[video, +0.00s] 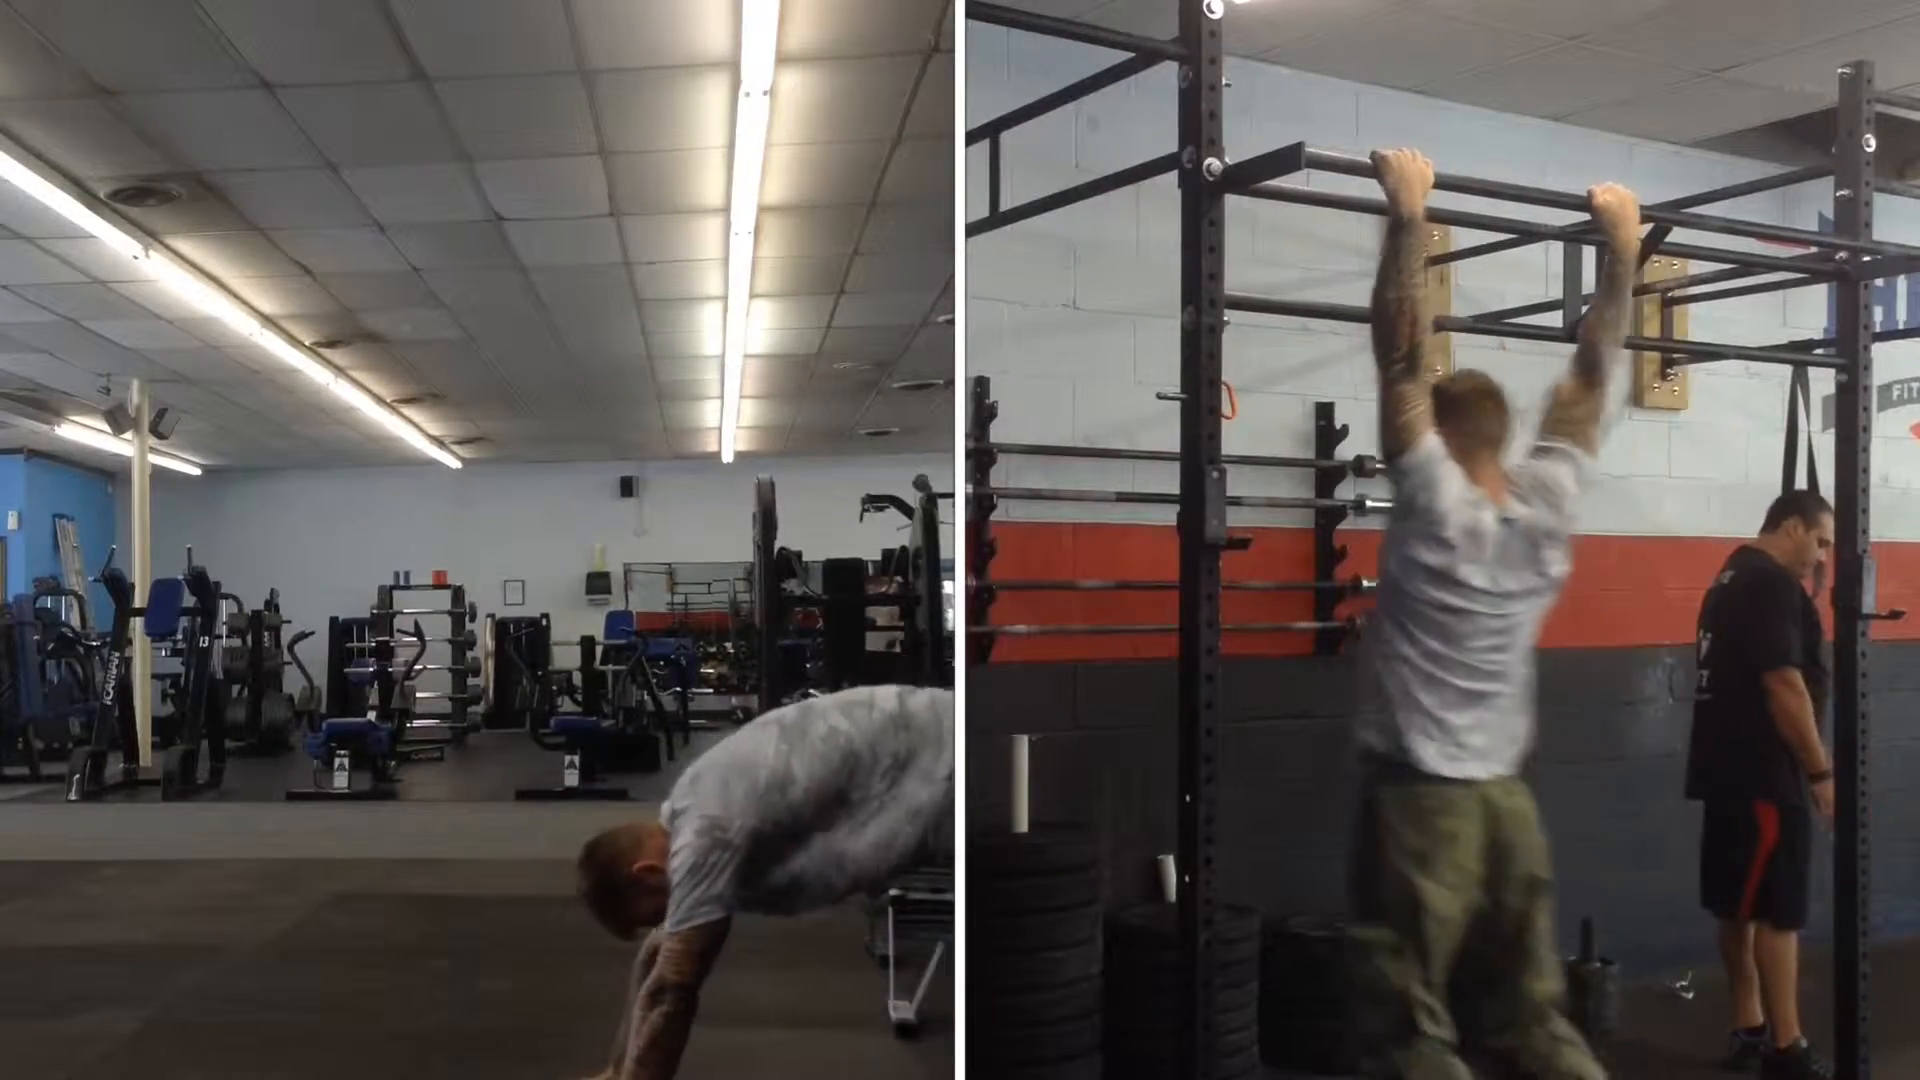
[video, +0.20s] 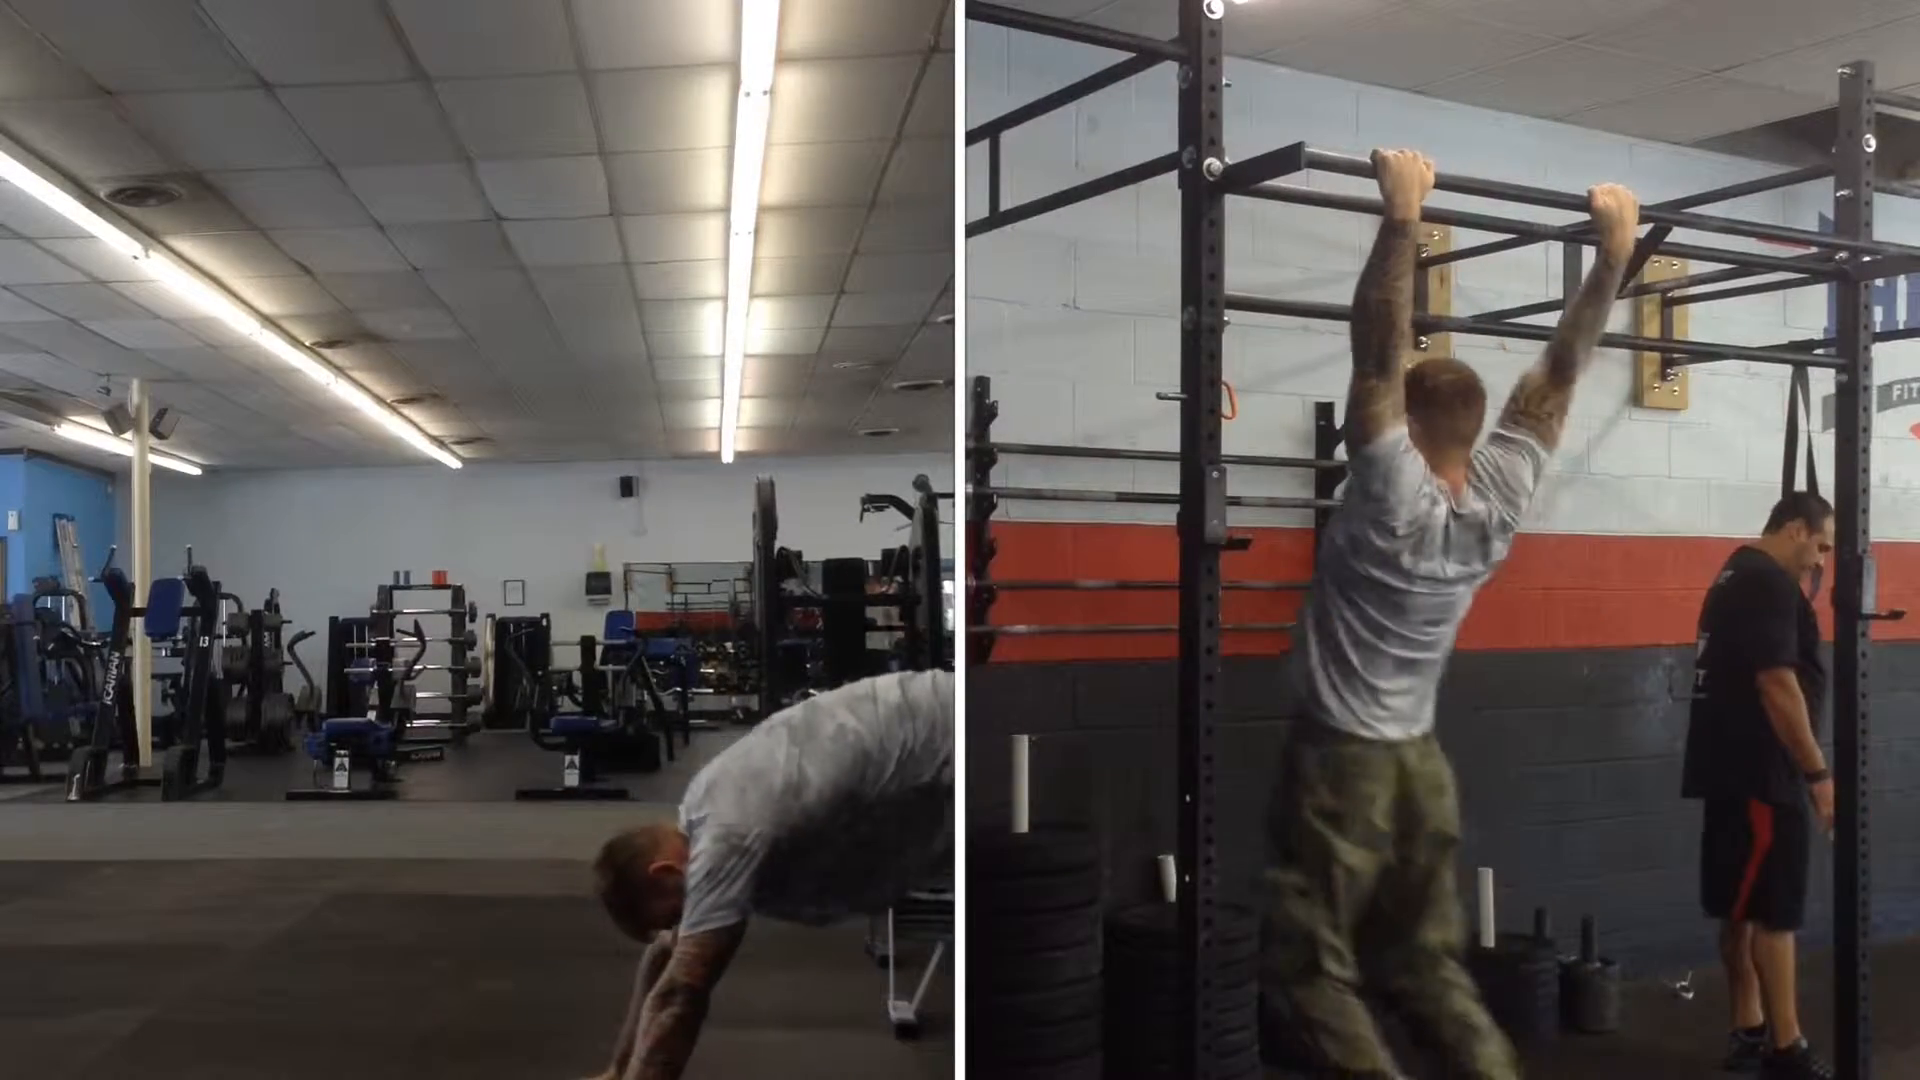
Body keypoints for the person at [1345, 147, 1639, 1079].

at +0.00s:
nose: (1429, 432)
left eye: (1432, 420)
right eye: (1453, 414)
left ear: (1435, 434)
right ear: (1509, 435)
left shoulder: (1429, 498)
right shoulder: (1545, 509)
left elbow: (1398, 352)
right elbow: (1590, 377)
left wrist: (1408, 214)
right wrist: (1622, 255)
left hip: (1419, 801)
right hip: (1507, 799)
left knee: (1406, 1022)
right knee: (1530, 1012)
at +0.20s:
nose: (1401, 400)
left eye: (1404, 392)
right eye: (1419, 388)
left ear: (1403, 418)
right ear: (1479, 432)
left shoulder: (1385, 486)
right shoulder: (1490, 509)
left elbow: (1379, 347)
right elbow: (1559, 376)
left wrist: (1401, 216)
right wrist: (1614, 258)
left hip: (1339, 763)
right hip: (1421, 763)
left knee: (1307, 968)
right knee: (1423, 961)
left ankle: (1378, 1073)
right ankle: (1495, 1070)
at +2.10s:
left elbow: (1399, 11)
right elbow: (1626, 44)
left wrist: (1395, 124)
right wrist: (1631, 155)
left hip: (1525, 108)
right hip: (1618, 116)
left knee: (1476, 353)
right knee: (1558, 363)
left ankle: (1428, 589)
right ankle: (1470, 584)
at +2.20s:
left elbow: (1401, 10)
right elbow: (1627, 38)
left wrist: (1396, 125)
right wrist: (1635, 144)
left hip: (1529, 110)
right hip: (1621, 116)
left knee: (1486, 360)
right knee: (1568, 368)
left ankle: (1449, 599)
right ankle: (1491, 593)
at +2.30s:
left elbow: (1400, 9)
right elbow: (1637, 37)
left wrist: (1396, 125)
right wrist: (1641, 146)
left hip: (1533, 116)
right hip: (1626, 122)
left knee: (1494, 368)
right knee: (1582, 371)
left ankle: (1465, 610)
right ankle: (1512, 594)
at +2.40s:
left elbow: (1397, 10)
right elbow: (1644, 48)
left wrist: (1396, 126)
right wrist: (1639, 154)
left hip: (1535, 136)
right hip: (1625, 142)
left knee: (1502, 389)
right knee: (1583, 394)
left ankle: (1471, 622)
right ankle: (1519, 611)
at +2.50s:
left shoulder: (1425, 11)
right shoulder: (1555, 11)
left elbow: (1392, 6)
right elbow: (1649, 54)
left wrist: (1395, 126)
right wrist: (1633, 166)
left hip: (1537, 163)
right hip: (1625, 163)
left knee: (1505, 413)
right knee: (1587, 418)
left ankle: (1473, 647)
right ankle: (1525, 637)